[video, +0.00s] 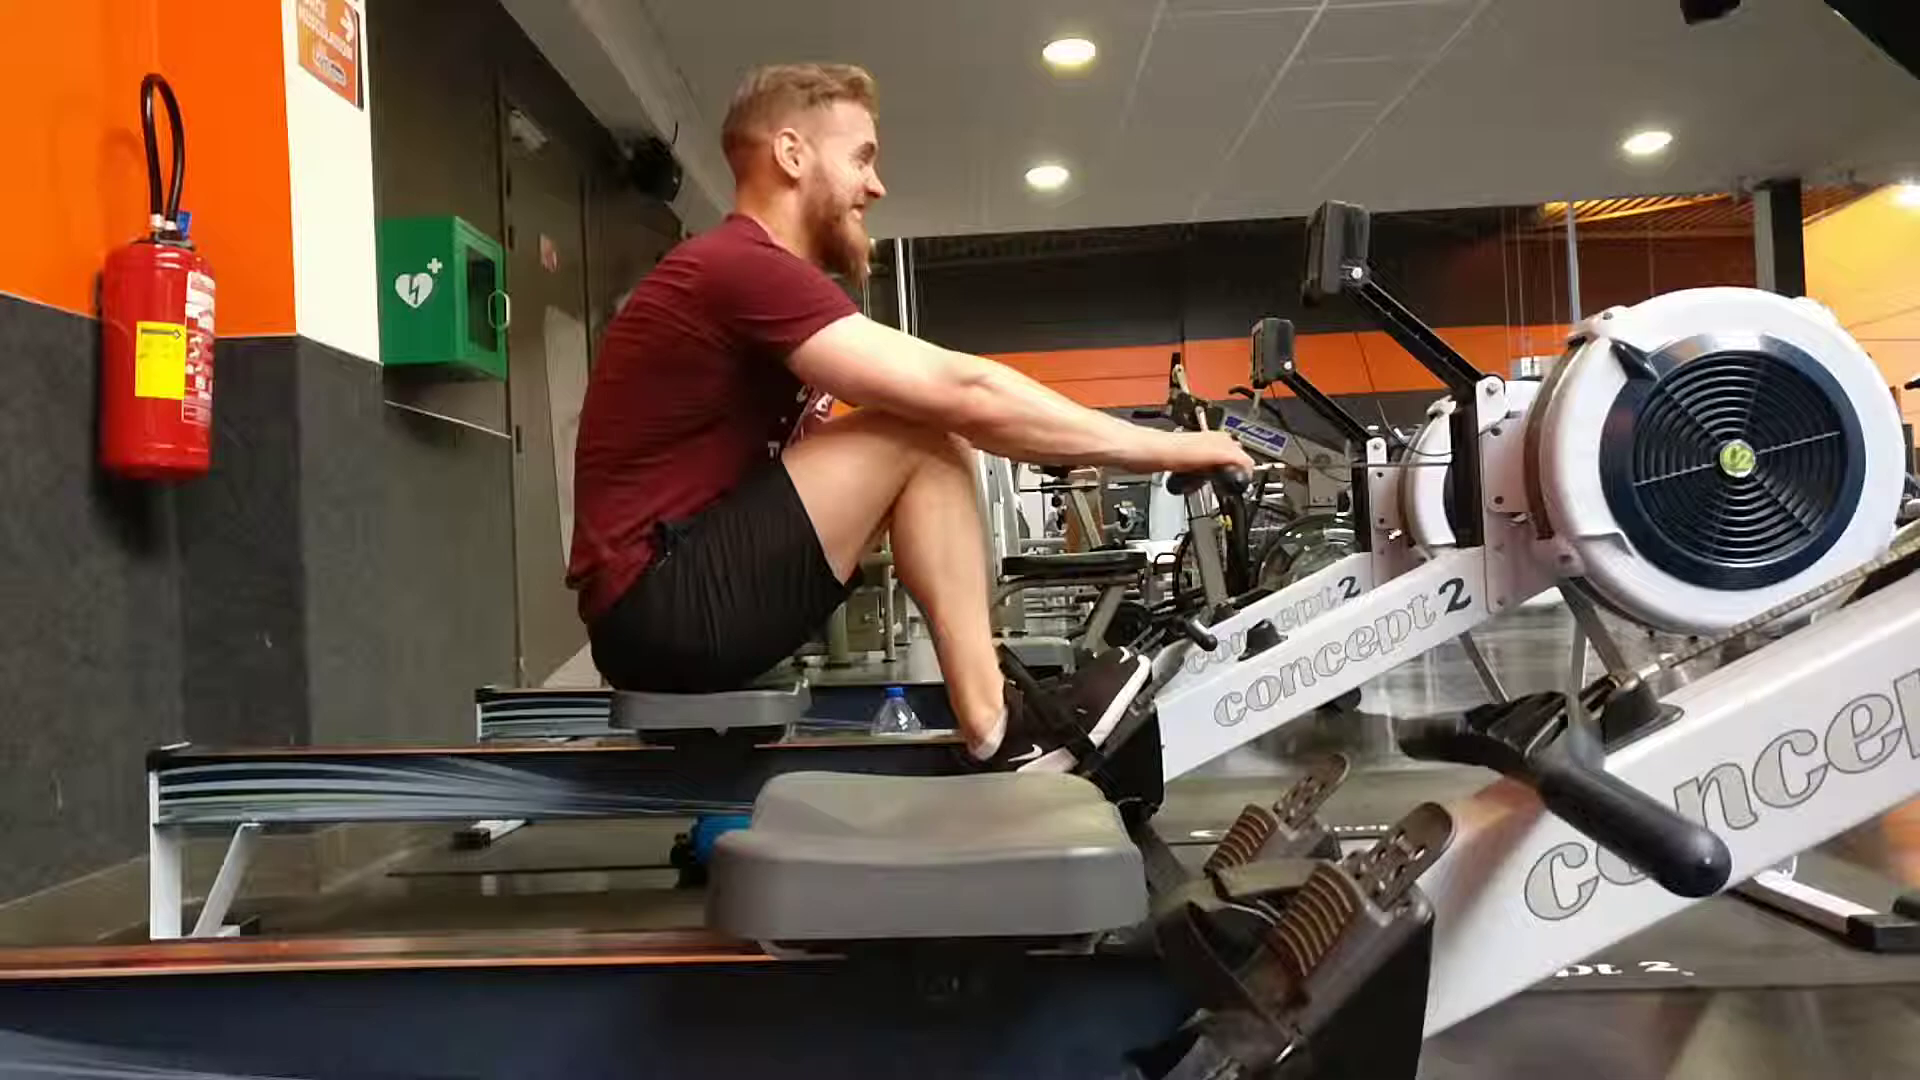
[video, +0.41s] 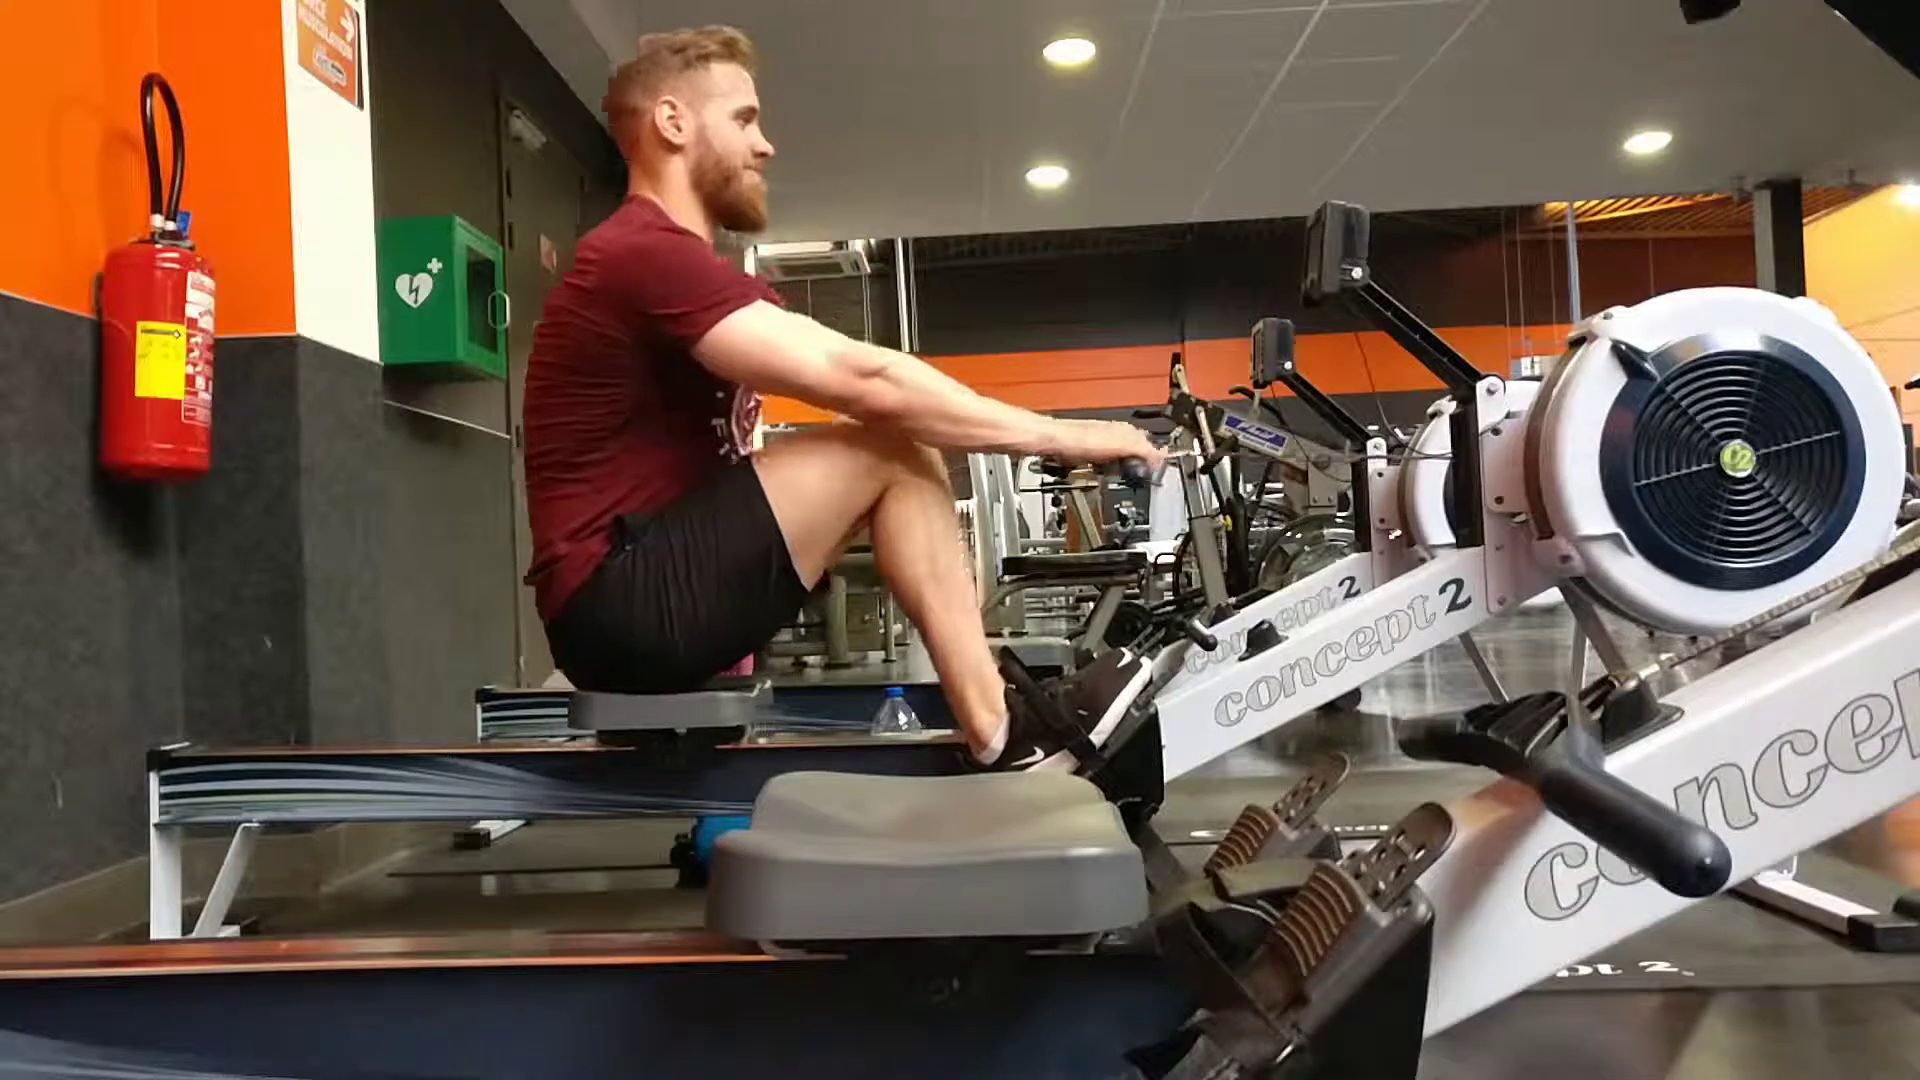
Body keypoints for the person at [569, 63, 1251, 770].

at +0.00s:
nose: (876, 185)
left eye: (875, 162)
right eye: (862, 156)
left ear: (793, 158)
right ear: (790, 152)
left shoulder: (755, 273)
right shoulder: (743, 267)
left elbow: (961, 384)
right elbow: (966, 399)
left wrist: (1133, 438)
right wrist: (1160, 449)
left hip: (672, 605)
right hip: (662, 613)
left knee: (925, 427)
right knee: (921, 433)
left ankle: (990, 714)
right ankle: (991, 731)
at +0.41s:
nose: (767, 144)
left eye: (760, 122)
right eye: (744, 119)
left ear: (674, 129)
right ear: (670, 124)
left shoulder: (676, 260)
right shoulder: (644, 254)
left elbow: (856, 381)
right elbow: (866, 384)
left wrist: (1040, 436)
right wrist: (1052, 434)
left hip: (642, 592)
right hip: (621, 603)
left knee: (896, 445)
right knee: (891, 452)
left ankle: (999, 710)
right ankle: (997, 736)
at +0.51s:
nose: (713, 136)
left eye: (705, 112)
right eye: (690, 110)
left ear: (624, 122)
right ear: (615, 119)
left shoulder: (633, 259)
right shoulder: (599, 252)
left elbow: (814, 368)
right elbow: (818, 369)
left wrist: (1007, 421)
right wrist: (1014, 421)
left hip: (618, 592)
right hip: (598, 601)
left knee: (882, 451)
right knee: (876, 453)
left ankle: (990, 711)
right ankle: (995, 730)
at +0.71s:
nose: (584, 136)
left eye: (579, 114)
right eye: (564, 111)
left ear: (493, 116)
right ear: (485, 113)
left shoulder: (516, 259)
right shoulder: (471, 252)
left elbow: (696, 363)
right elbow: (692, 362)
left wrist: (865, 416)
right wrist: (900, 406)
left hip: (556, 586)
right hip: (521, 599)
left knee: (837, 475)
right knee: (821, 478)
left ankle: (999, 715)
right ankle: (994, 737)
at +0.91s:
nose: (431, 150)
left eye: (427, 127)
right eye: (410, 125)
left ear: (349, 133)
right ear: (326, 133)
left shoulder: (387, 276)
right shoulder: (319, 273)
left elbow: (544, 379)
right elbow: (524, 377)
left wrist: (744, 410)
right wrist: (754, 407)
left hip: (485, 589)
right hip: (450, 605)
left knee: (772, 518)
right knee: (767, 519)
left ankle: (988, 722)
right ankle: (992, 735)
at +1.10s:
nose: (345, 186)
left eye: (346, 166)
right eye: (325, 163)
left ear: (277, 169)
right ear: (238, 161)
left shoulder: (312, 298)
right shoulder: (202, 298)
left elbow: (445, 438)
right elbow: (332, 442)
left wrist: (568, 425)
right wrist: (556, 417)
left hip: (440, 584)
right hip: (389, 610)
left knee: (727, 565)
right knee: (723, 566)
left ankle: (995, 727)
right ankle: (1000, 739)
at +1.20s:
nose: (398, 198)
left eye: (400, 175)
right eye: (379, 170)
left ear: (309, 163)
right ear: (290, 160)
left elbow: (383, 470)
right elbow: (231, 463)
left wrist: (468, 455)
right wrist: (429, 440)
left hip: (425, 586)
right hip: (362, 609)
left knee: (720, 569)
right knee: (715, 569)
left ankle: (990, 727)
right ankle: (992, 742)